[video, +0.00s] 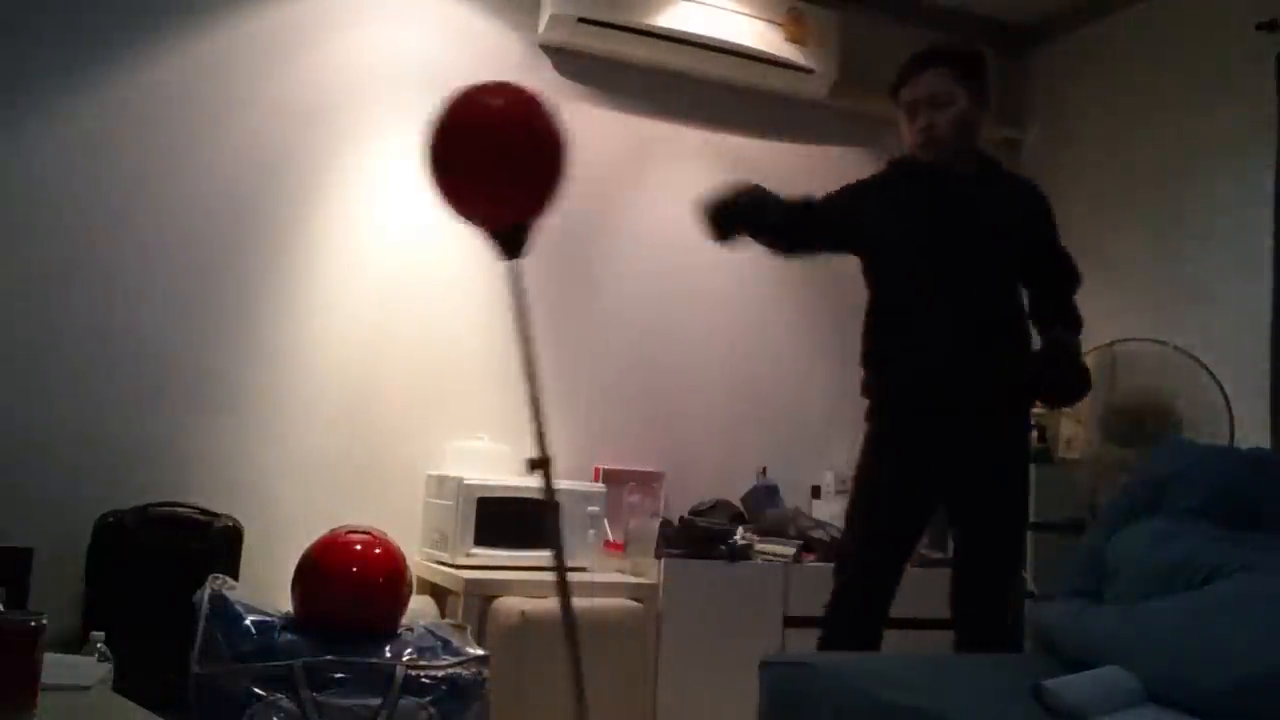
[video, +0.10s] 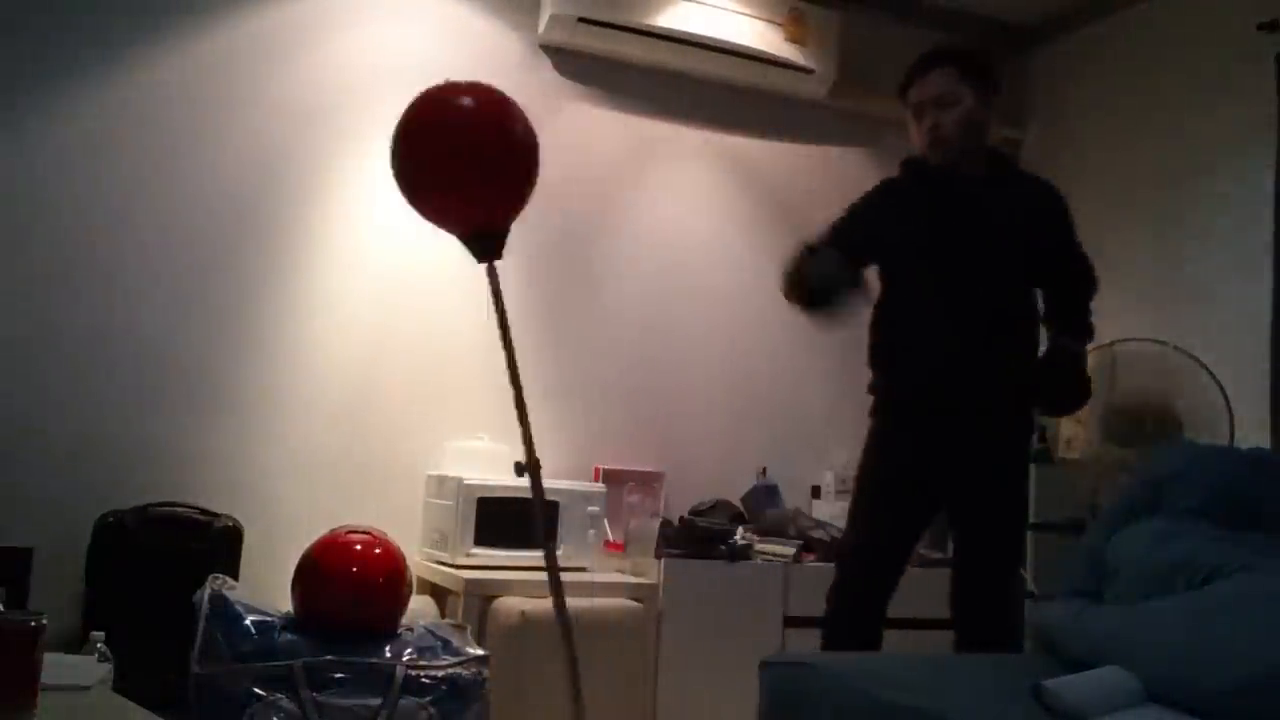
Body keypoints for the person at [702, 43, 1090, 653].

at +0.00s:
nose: (923, 121)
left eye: (938, 104)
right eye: (910, 111)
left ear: (976, 109)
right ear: (899, 124)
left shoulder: (1017, 199)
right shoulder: (886, 195)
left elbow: (1053, 286)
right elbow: (810, 223)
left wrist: (1062, 356)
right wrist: (751, 211)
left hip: (994, 419)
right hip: (904, 418)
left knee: (989, 594)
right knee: (861, 585)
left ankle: (990, 712)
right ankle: (829, 710)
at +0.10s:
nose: (931, 120)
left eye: (946, 104)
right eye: (919, 110)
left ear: (984, 108)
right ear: (909, 124)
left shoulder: (1031, 199)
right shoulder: (897, 197)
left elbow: (1071, 282)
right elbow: (813, 276)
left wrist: (1066, 355)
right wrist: (823, 274)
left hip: (998, 417)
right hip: (906, 416)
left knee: (989, 590)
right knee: (860, 582)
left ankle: (989, 712)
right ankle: (837, 710)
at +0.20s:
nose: (928, 120)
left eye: (944, 103)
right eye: (918, 109)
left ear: (985, 107)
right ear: (911, 121)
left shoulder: (1036, 202)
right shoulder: (894, 209)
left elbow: (1096, 297)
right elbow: (851, 307)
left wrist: (1058, 372)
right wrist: (851, 377)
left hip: (995, 421)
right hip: (903, 418)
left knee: (986, 600)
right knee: (859, 588)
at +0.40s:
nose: (901, 125)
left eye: (918, 106)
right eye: (897, 111)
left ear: (962, 110)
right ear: (891, 122)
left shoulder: (1023, 198)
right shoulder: (893, 225)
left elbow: (1105, 285)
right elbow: (866, 340)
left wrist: (1028, 338)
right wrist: (829, 434)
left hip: (986, 431)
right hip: (901, 432)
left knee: (981, 605)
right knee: (886, 601)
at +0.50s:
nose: (889, 123)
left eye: (906, 107)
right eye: (887, 108)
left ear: (947, 117)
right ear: (883, 118)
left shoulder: (999, 193)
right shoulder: (892, 229)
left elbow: (1072, 268)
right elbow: (866, 338)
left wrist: (990, 352)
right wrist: (826, 433)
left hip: (971, 434)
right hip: (900, 436)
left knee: (960, 598)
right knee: (905, 602)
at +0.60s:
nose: (868, 132)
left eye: (882, 116)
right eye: (867, 119)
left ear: (925, 121)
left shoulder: (975, 199)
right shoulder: (890, 224)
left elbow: (1025, 279)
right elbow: (871, 336)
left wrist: (973, 373)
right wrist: (830, 427)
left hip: (960, 427)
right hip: (898, 430)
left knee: (949, 602)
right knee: (909, 604)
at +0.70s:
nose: (851, 140)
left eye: (865, 127)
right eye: (853, 128)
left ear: (904, 133)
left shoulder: (949, 206)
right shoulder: (884, 220)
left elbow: (970, 328)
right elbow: (877, 344)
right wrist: (835, 433)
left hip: (941, 432)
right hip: (894, 433)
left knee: (931, 599)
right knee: (908, 600)